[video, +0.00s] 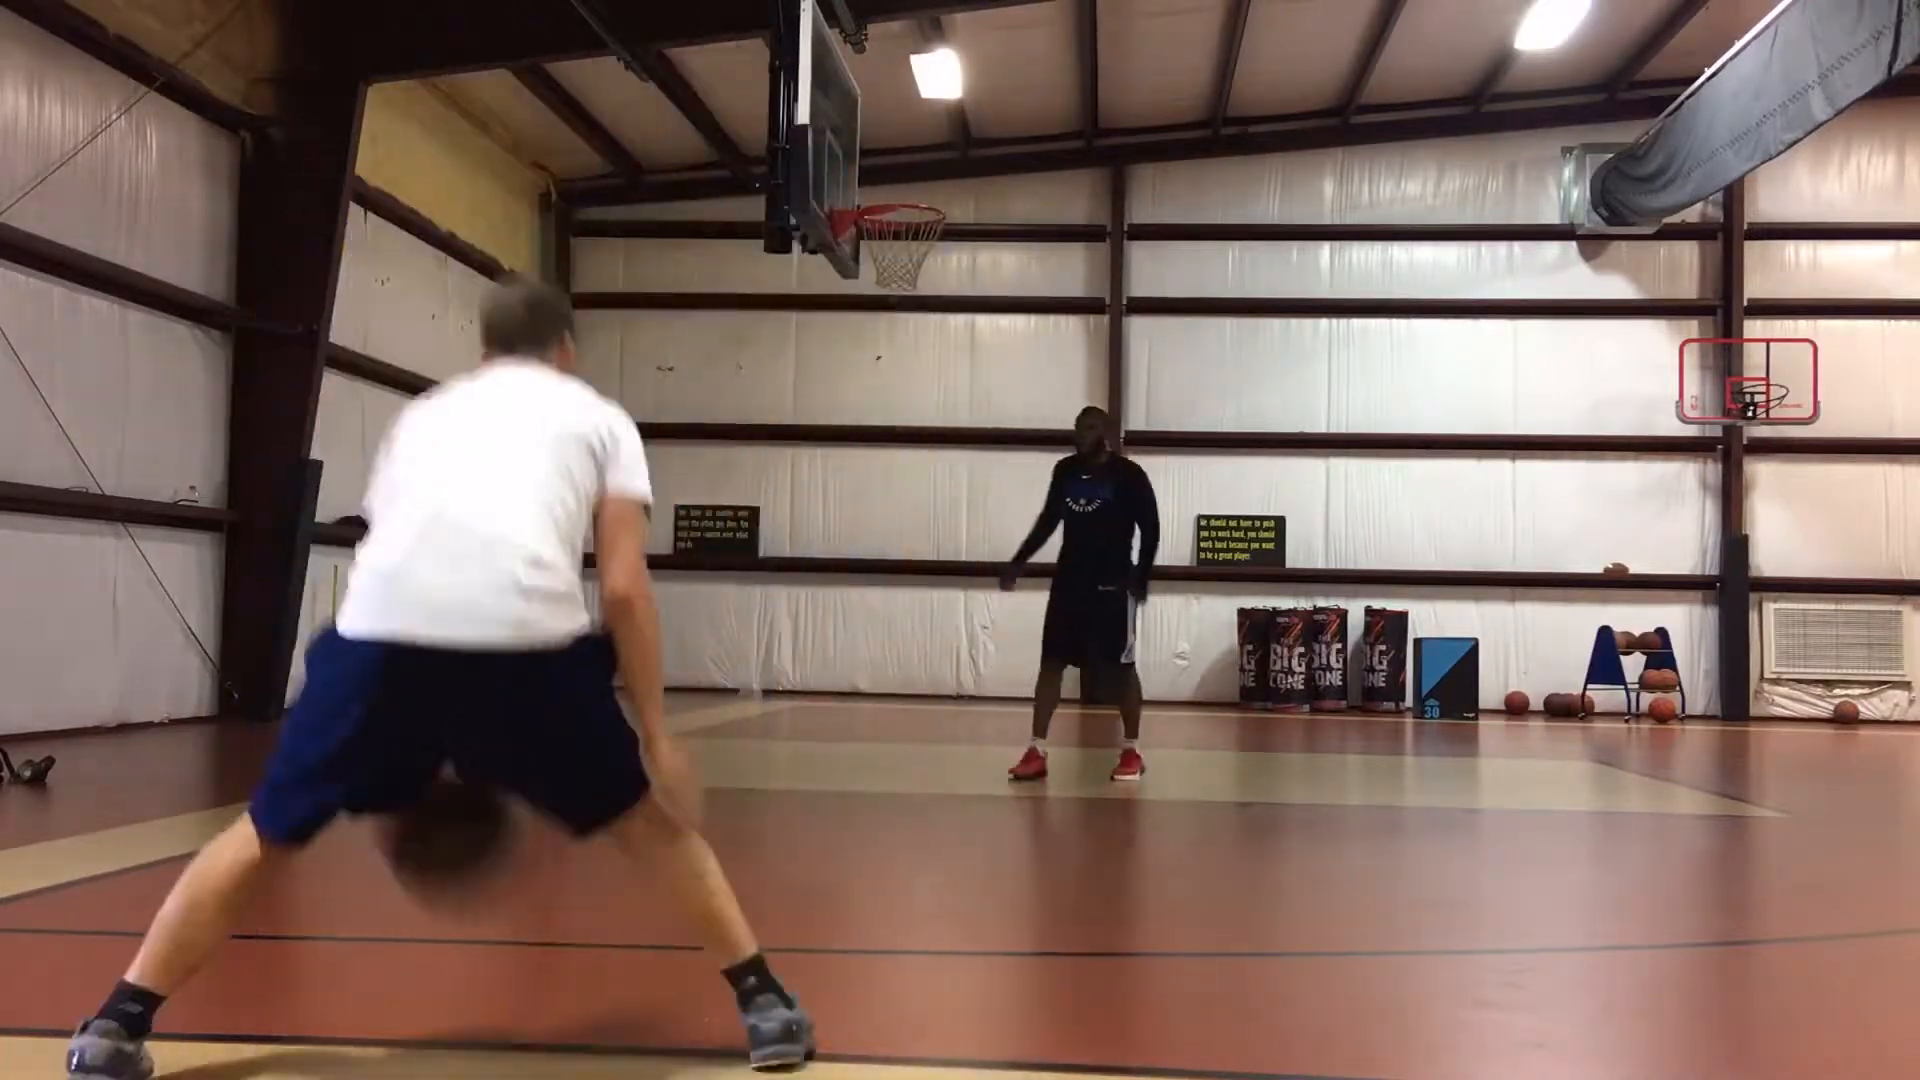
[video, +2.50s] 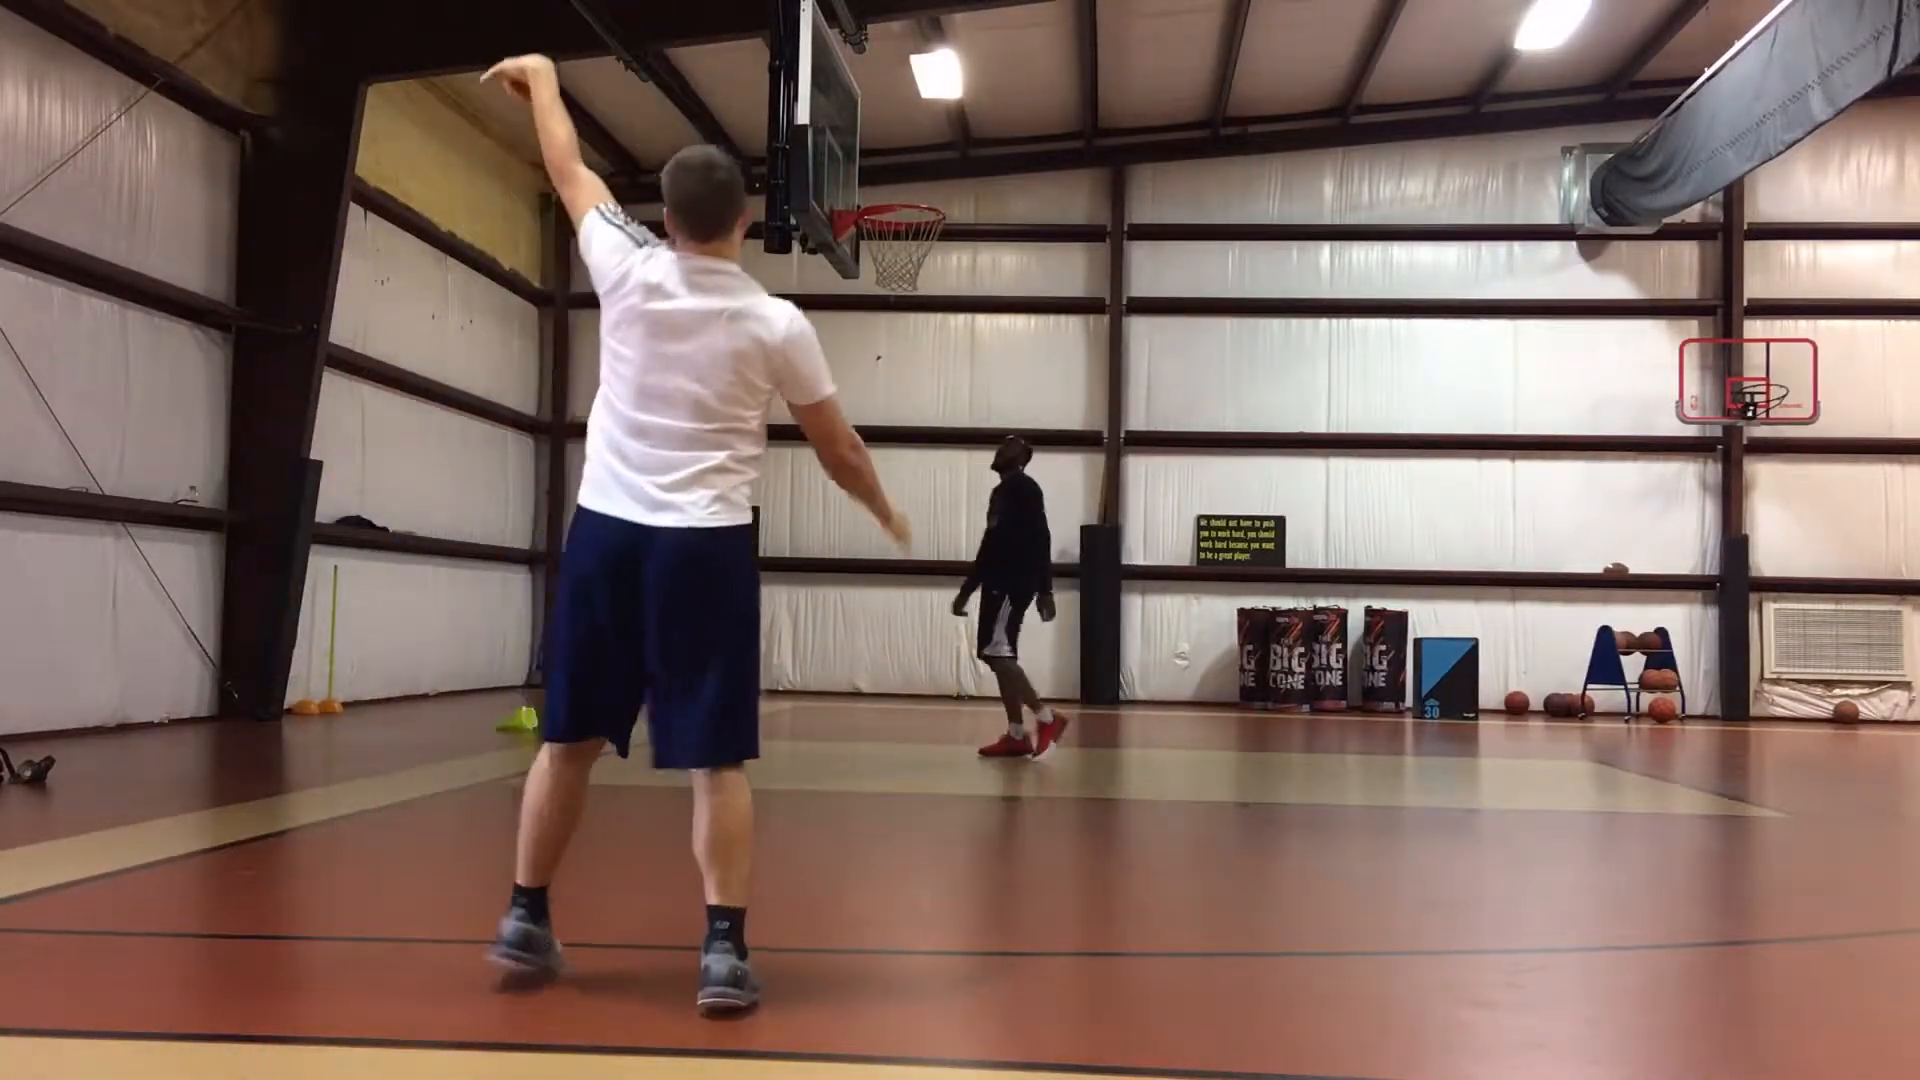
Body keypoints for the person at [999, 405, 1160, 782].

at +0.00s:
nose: (1083, 435)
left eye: (1090, 428)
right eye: (1080, 428)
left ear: (1106, 433)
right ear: (1075, 433)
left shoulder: (1129, 474)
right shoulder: (1065, 471)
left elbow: (1150, 529)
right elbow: (1048, 520)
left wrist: (1141, 576)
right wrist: (1017, 561)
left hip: (1113, 581)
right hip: (1070, 580)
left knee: (1122, 668)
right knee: (1051, 663)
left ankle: (1131, 751)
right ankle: (1036, 751)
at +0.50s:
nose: (1120, 435)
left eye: (1129, 431)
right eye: (1120, 428)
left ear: (1147, 438)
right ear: (1117, 432)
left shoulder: (1156, 471)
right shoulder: (1114, 472)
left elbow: (1162, 520)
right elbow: (1107, 526)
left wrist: (1123, 538)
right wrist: (1082, 565)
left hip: (1136, 580)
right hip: (1104, 578)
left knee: (1136, 664)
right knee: (1101, 666)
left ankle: (1134, 749)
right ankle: (1146, 726)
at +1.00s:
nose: (1113, 450)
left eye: (1118, 443)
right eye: (1114, 443)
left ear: (1135, 445)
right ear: (1141, 446)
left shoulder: (1141, 480)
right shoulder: (1147, 479)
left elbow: (1135, 539)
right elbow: (1140, 538)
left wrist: (1118, 588)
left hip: (1132, 588)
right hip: (1144, 587)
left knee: (1112, 662)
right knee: (1148, 662)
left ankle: (1119, 744)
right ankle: (1175, 743)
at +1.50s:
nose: (1065, 460)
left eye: (1068, 453)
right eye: (1065, 453)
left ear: (1084, 452)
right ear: (1096, 452)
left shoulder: (1078, 487)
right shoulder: (1121, 487)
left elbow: (1082, 545)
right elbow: (1129, 544)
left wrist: (1080, 596)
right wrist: (1115, 580)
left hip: (1090, 592)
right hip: (1122, 589)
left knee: (1080, 665)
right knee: (1125, 662)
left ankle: (1077, 740)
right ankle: (1163, 731)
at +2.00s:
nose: (1037, 448)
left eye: (1044, 444)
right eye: (1041, 443)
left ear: (1059, 454)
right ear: (1063, 455)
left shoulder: (1047, 489)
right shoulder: (1073, 487)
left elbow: (1025, 537)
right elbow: (1068, 543)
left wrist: (992, 571)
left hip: (1053, 588)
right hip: (1060, 586)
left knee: (1059, 660)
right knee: (1037, 658)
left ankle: (1075, 740)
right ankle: (1037, 733)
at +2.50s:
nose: (997, 452)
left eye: (1006, 448)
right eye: (999, 448)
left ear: (1020, 456)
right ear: (1005, 456)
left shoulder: (1024, 488)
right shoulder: (1002, 491)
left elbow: (1040, 541)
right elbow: (990, 546)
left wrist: (1045, 590)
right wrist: (966, 589)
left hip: (1014, 583)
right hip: (1001, 582)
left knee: (995, 651)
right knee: (1000, 655)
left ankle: (1047, 718)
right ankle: (1016, 734)